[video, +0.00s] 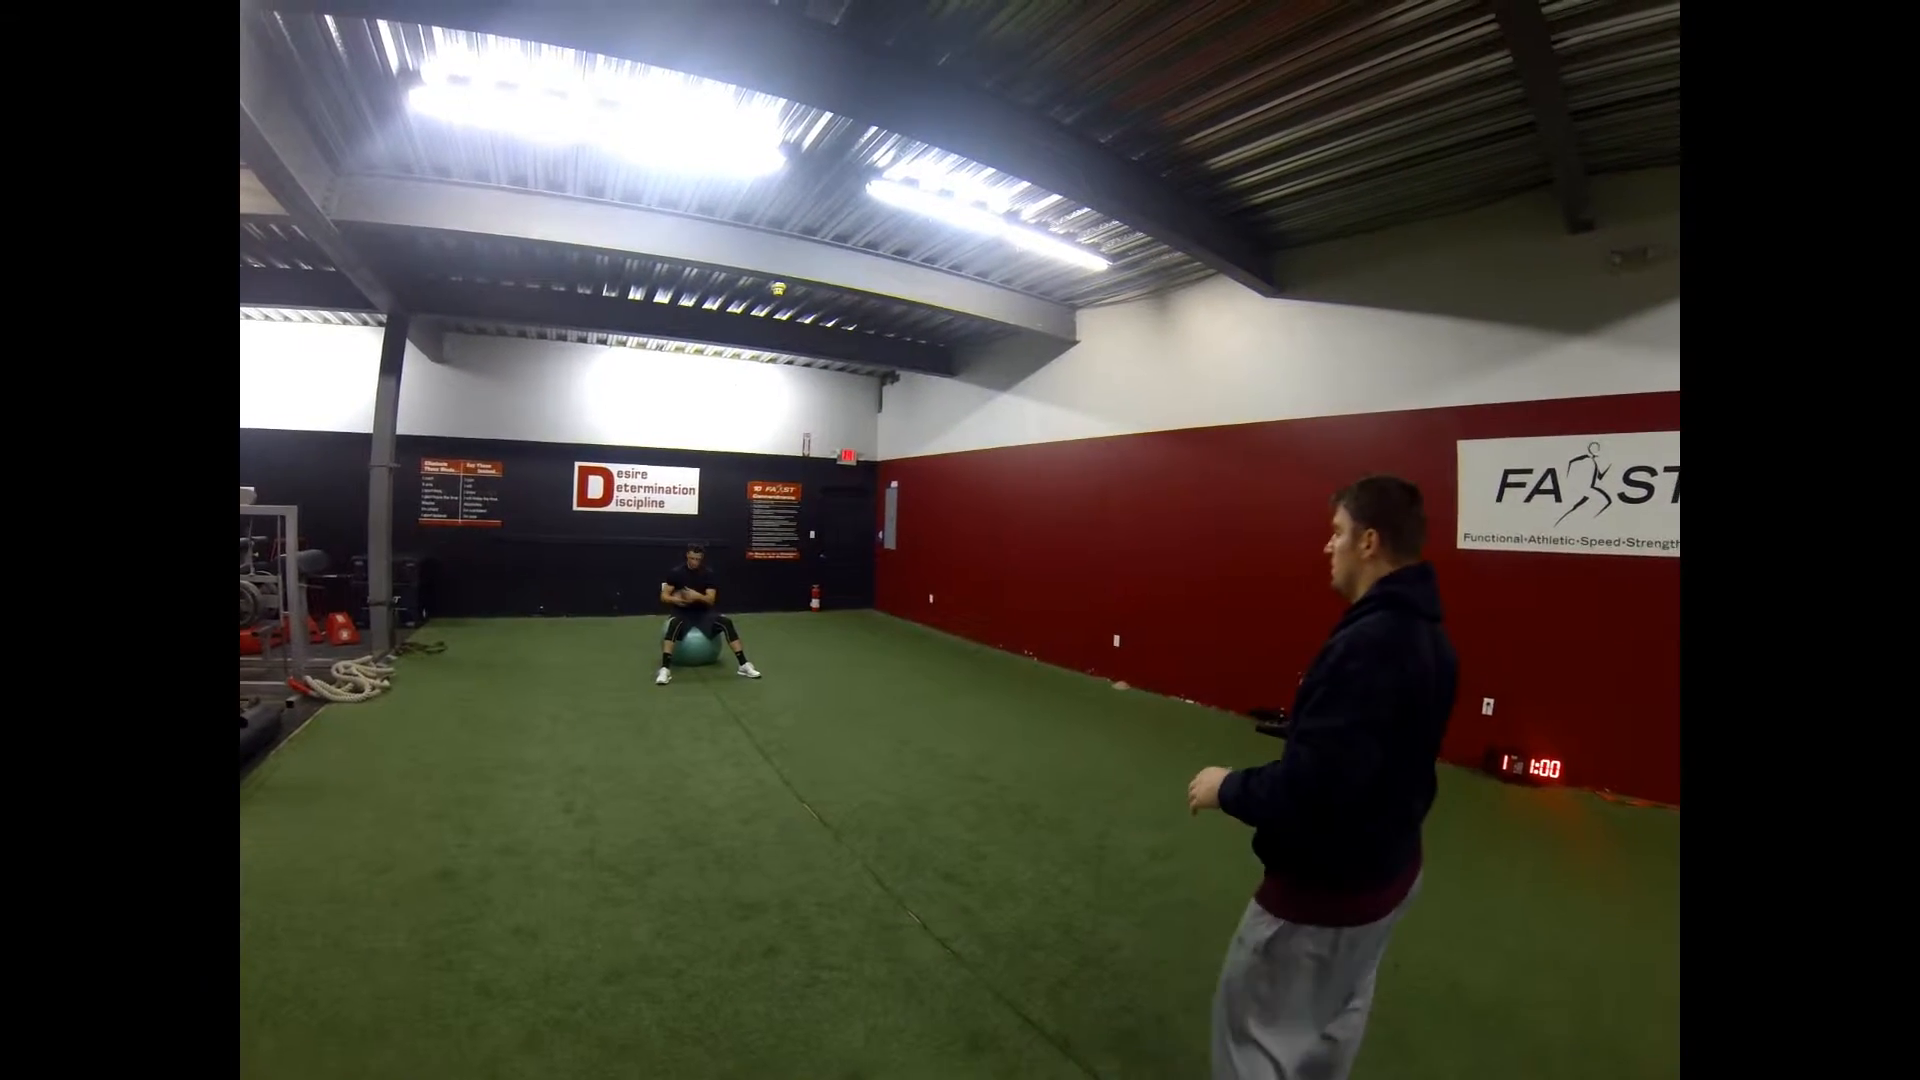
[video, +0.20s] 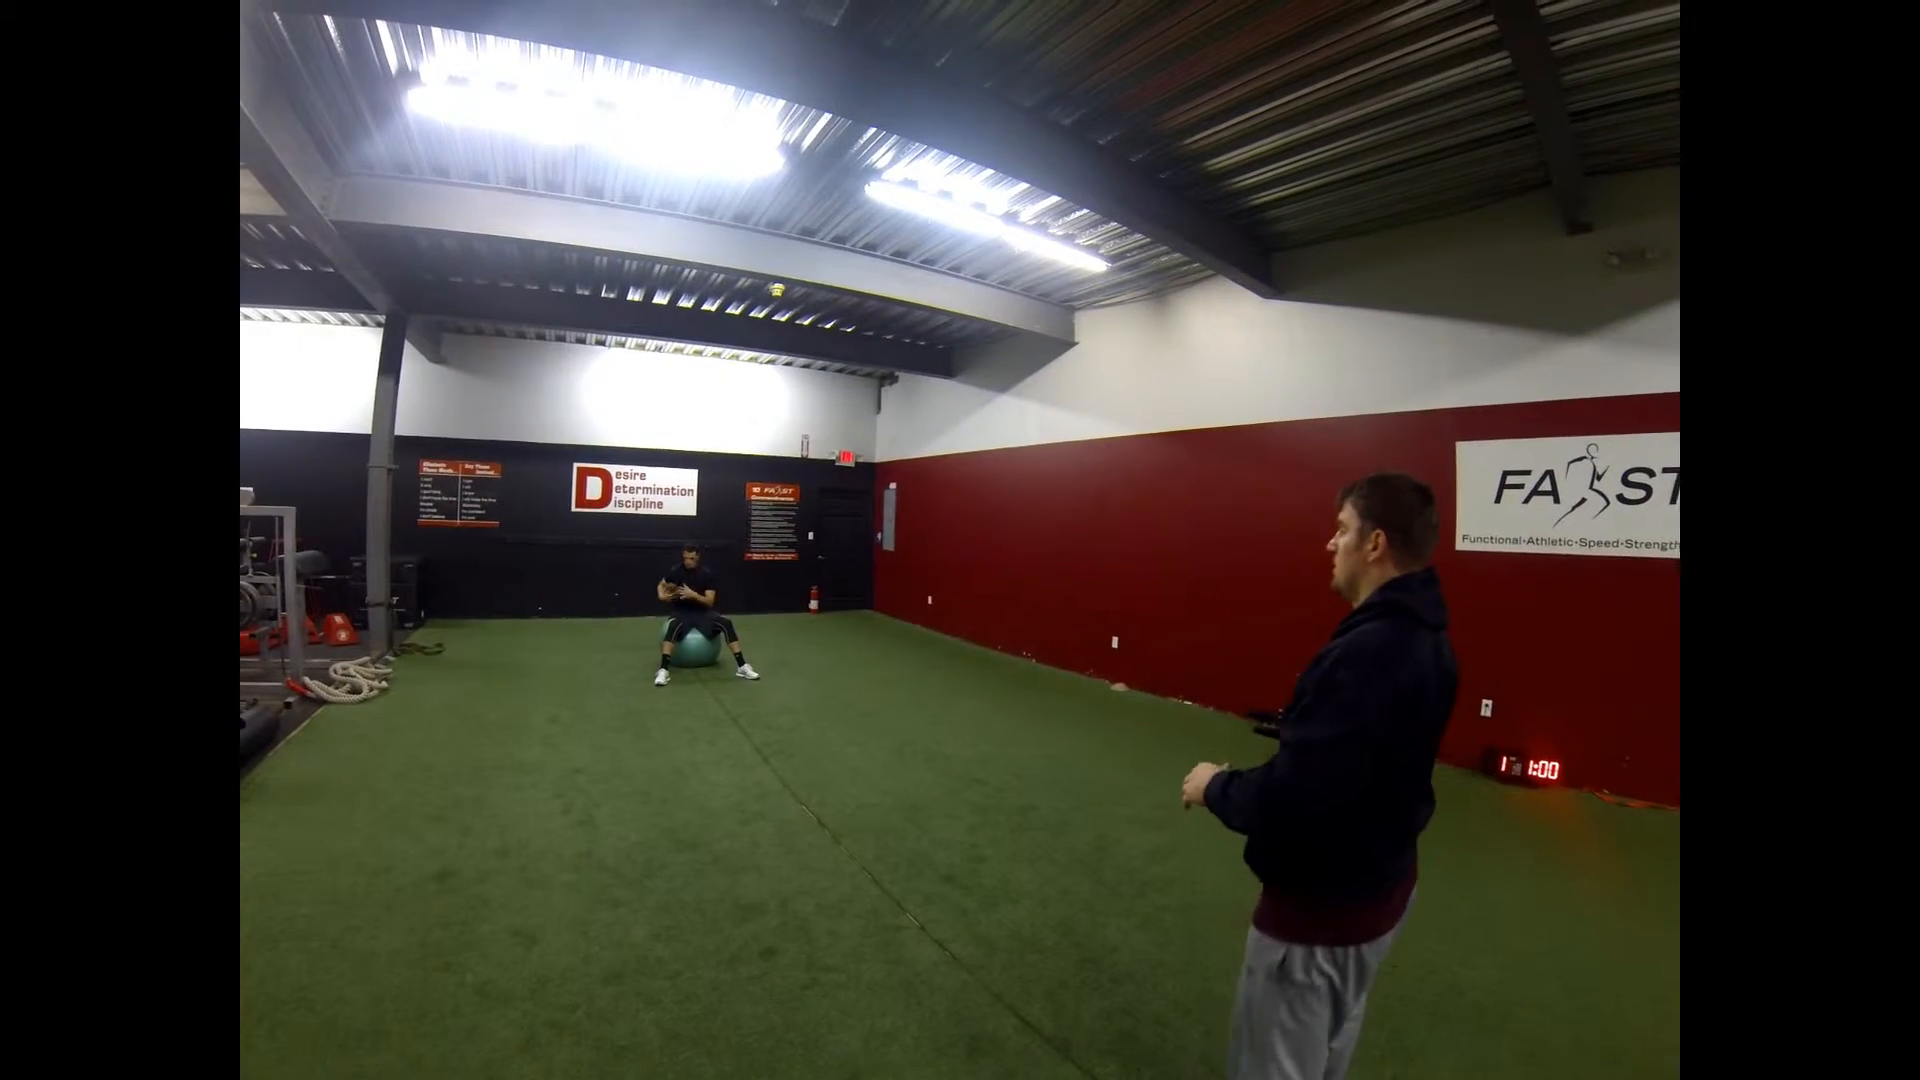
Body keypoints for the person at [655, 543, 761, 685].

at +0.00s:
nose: (695, 562)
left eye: (698, 559)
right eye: (692, 559)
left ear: (702, 559)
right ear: (687, 557)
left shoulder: (708, 573)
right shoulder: (677, 573)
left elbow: (711, 600)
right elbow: (664, 596)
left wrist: (696, 596)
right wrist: (677, 600)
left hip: (703, 613)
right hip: (683, 613)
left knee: (726, 622)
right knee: (674, 624)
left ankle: (744, 664)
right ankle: (665, 669)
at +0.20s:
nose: (689, 562)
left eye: (692, 559)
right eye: (687, 558)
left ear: (698, 558)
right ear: (683, 557)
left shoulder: (707, 573)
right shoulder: (676, 571)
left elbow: (710, 601)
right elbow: (662, 585)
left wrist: (693, 595)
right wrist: (662, 595)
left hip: (702, 612)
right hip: (681, 612)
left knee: (726, 623)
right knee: (673, 625)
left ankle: (742, 666)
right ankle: (663, 670)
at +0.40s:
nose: (690, 557)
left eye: (693, 554)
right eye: (687, 554)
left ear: (697, 556)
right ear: (681, 555)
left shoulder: (706, 573)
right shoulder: (676, 575)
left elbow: (720, 597)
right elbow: (669, 598)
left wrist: (708, 603)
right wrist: (659, 586)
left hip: (704, 615)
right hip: (684, 615)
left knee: (727, 623)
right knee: (677, 626)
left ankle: (742, 667)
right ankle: (664, 670)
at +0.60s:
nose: (691, 552)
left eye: (694, 549)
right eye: (688, 549)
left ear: (699, 552)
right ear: (683, 552)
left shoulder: (708, 570)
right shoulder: (678, 571)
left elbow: (723, 591)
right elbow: (661, 583)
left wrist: (718, 594)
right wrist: (655, 560)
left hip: (706, 613)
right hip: (685, 613)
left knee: (728, 622)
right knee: (676, 623)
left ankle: (742, 664)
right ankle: (664, 668)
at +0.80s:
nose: (694, 545)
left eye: (696, 542)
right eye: (691, 542)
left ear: (702, 545)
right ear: (686, 545)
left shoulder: (710, 565)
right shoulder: (679, 562)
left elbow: (719, 589)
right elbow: (673, 575)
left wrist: (708, 587)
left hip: (708, 610)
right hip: (687, 609)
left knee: (730, 619)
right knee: (678, 619)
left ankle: (744, 662)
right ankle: (666, 665)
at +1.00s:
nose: (695, 547)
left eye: (698, 544)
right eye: (692, 544)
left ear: (702, 547)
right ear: (687, 546)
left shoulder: (710, 568)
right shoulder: (679, 568)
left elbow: (717, 593)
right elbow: (673, 595)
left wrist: (708, 599)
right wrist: (691, 594)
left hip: (707, 608)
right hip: (686, 609)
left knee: (729, 617)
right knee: (676, 618)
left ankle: (743, 660)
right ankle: (664, 663)